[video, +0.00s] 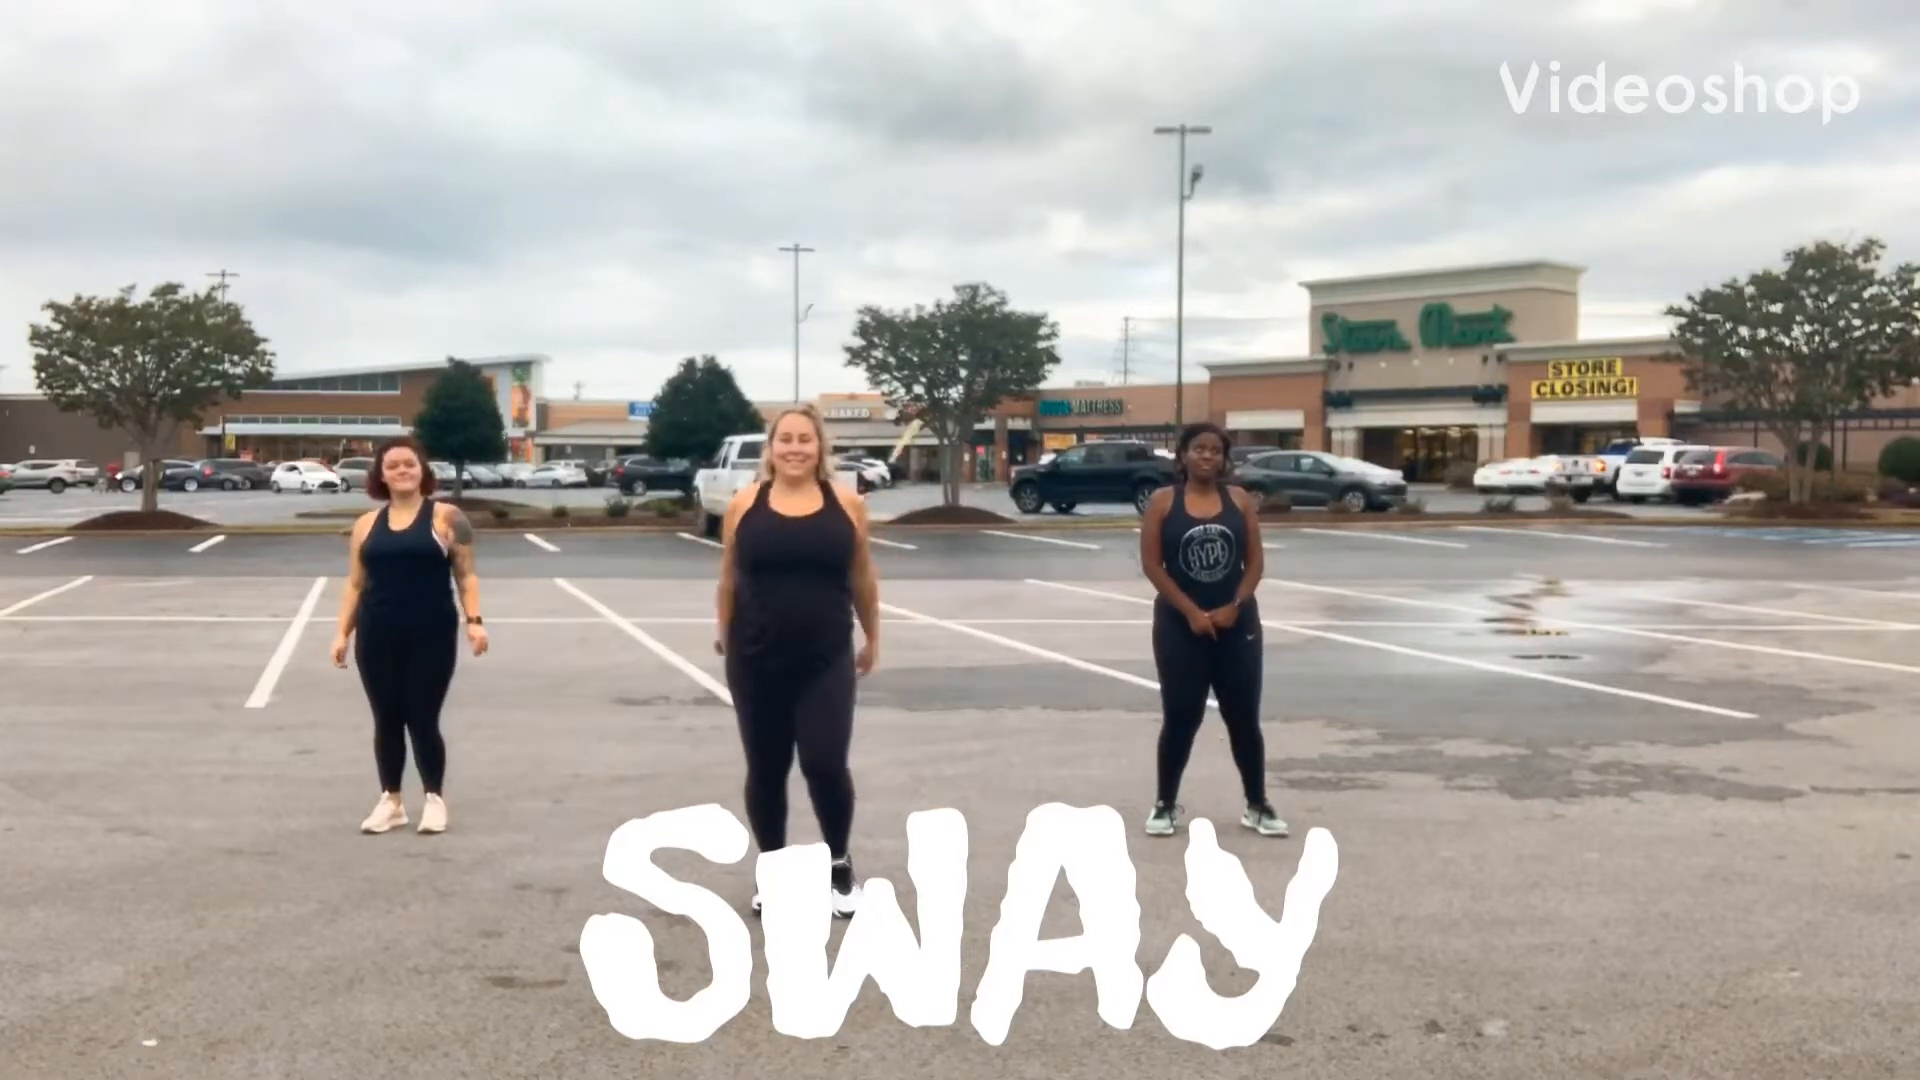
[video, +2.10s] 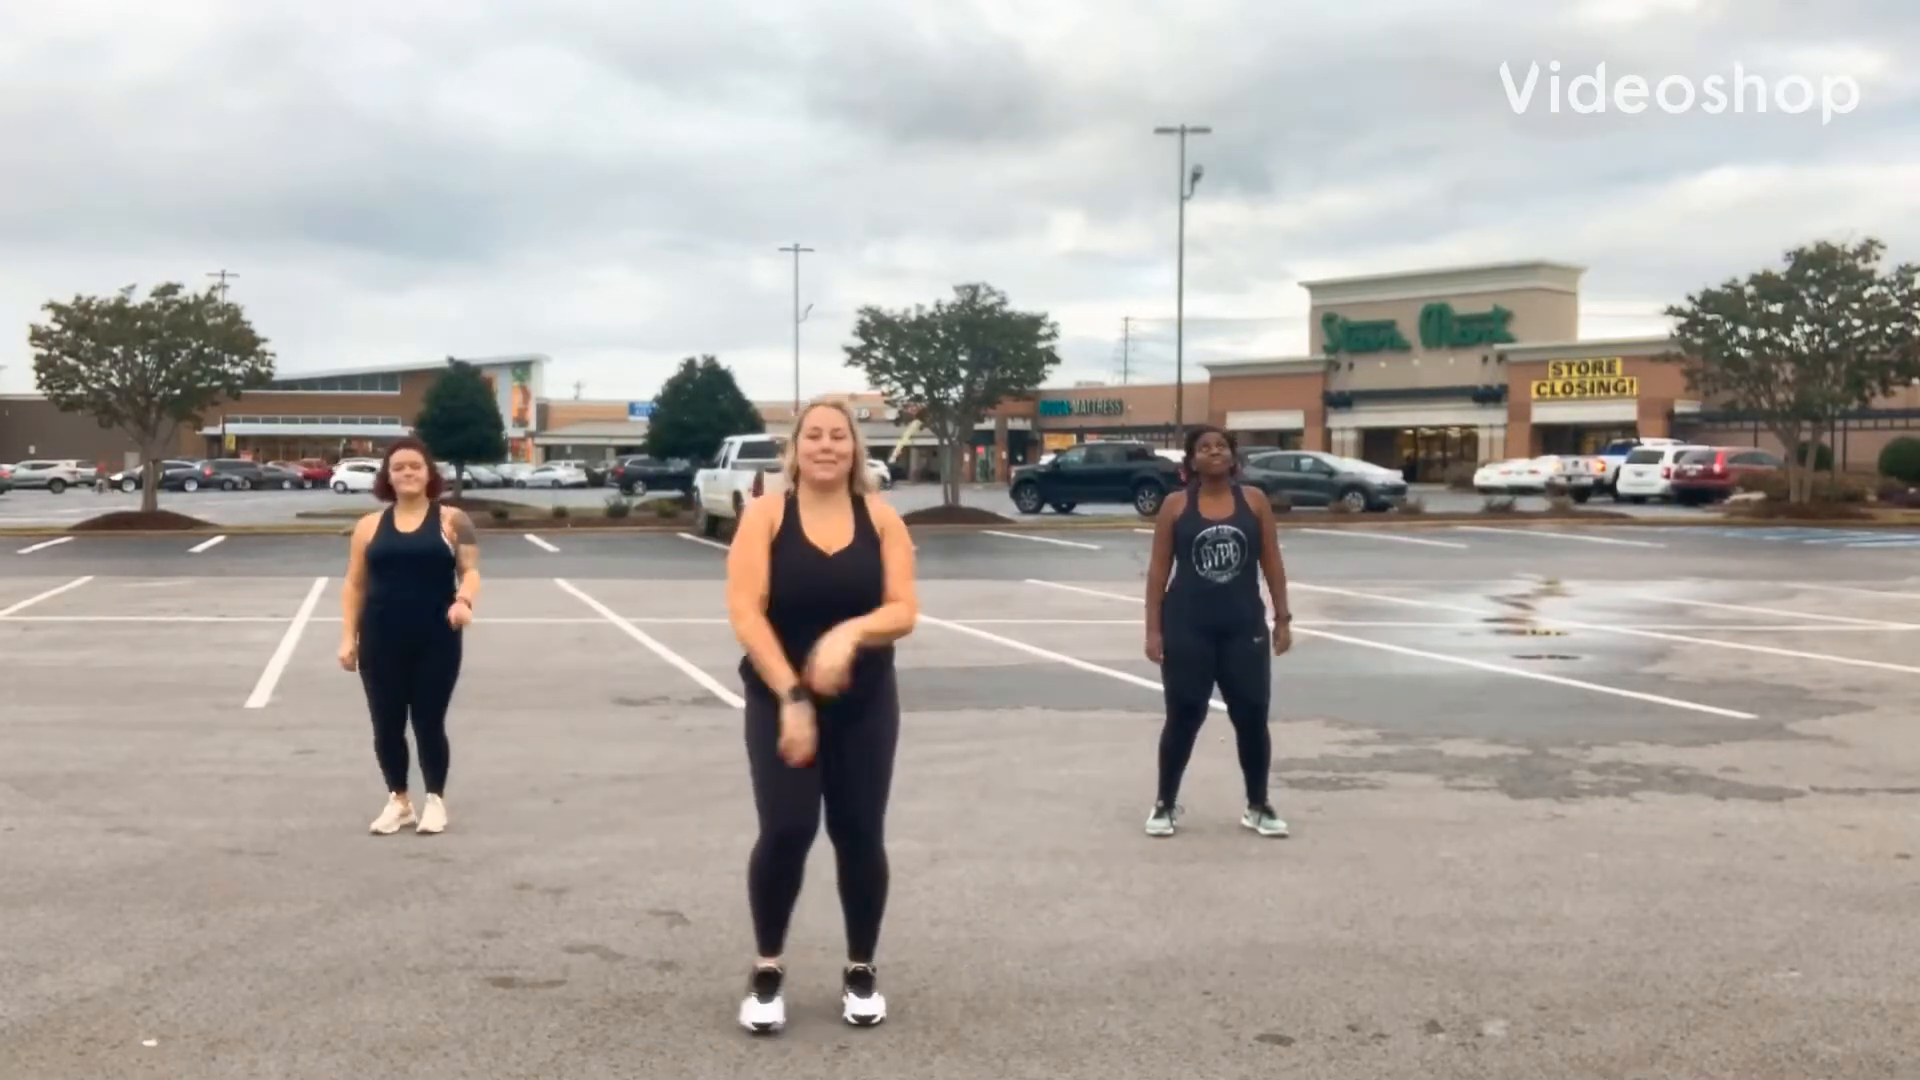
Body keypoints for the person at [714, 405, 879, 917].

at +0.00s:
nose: (795, 448)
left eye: (805, 439)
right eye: (785, 439)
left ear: (820, 448)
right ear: (770, 448)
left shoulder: (845, 505)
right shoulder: (744, 504)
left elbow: (862, 575)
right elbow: (728, 576)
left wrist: (872, 637)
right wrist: (725, 631)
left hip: (826, 658)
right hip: (755, 658)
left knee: (824, 767)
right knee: (765, 772)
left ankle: (839, 863)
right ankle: (769, 873)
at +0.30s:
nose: (803, 450)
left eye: (813, 442)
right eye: (794, 442)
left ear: (829, 451)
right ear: (778, 450)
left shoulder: (851, 510)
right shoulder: (749, 507)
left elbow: (897, 568)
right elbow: (714, 561)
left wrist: (942, 575)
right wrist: (689, 597)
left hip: (834, 670)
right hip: (763, 670)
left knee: (832, 779)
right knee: (770, 778)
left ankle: (845, 892)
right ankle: (772, 879)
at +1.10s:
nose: (819, 451)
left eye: (830, 441)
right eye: (809, 441)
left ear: (848, 452)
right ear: (792, 452)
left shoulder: (877, 516)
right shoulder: (761, 517)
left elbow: (919, 590)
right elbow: (714, 576)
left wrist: (898, 657)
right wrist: (732, 625)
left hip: (861, 703)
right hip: (780, 701)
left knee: (853, 828)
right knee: (786, 833)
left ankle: (849, 915)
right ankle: (784, 975)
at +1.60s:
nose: (814, 436)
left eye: (826, 425)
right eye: (802, 426)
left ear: (844, 439)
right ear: (782, 440)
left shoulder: (870, 502)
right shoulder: (752, 509)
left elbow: (928, 542)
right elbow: (681, 579)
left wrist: (929, 578)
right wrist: (732, 574)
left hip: (858, 701)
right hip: (772, 704)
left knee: (855, 838)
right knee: (783, 841)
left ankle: (863, 974)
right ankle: (787, 981)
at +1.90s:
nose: (824, 439)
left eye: (836, 430)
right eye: (813, 430)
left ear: (854, 444)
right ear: (794, 442)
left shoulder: (883, 508)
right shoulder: (765, 510)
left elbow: (958, 569)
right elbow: (727, 598)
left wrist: (944, 610)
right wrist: (796, 571)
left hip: (869, 702)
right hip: (786, 703)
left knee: (863, 832)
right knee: (799, 829)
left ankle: (862, 970)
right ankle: (790, 976)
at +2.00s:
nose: (826, 443)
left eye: (838, 434)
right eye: (814, 433)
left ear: (856, 446)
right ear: (795, 445)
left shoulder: (882, 514)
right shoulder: (764, 511)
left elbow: (931, 598)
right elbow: (749, 602)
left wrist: (909, 648)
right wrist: (827, 642)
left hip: (870, 699)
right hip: (787, 701)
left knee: (865, 833)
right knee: (801, 829)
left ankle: (865, 970)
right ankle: (791, 975)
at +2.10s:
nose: (825, 446)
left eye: (838, 436)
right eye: (814, 435)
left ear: (855, 449)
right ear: (795, 448)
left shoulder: (882, 519)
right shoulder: (764, 514)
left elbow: (904, 611)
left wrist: (850, 630)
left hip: (863, 693)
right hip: (779, 692)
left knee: (860, 835)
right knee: (787, 830)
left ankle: (861, 972)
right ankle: (767, 971)